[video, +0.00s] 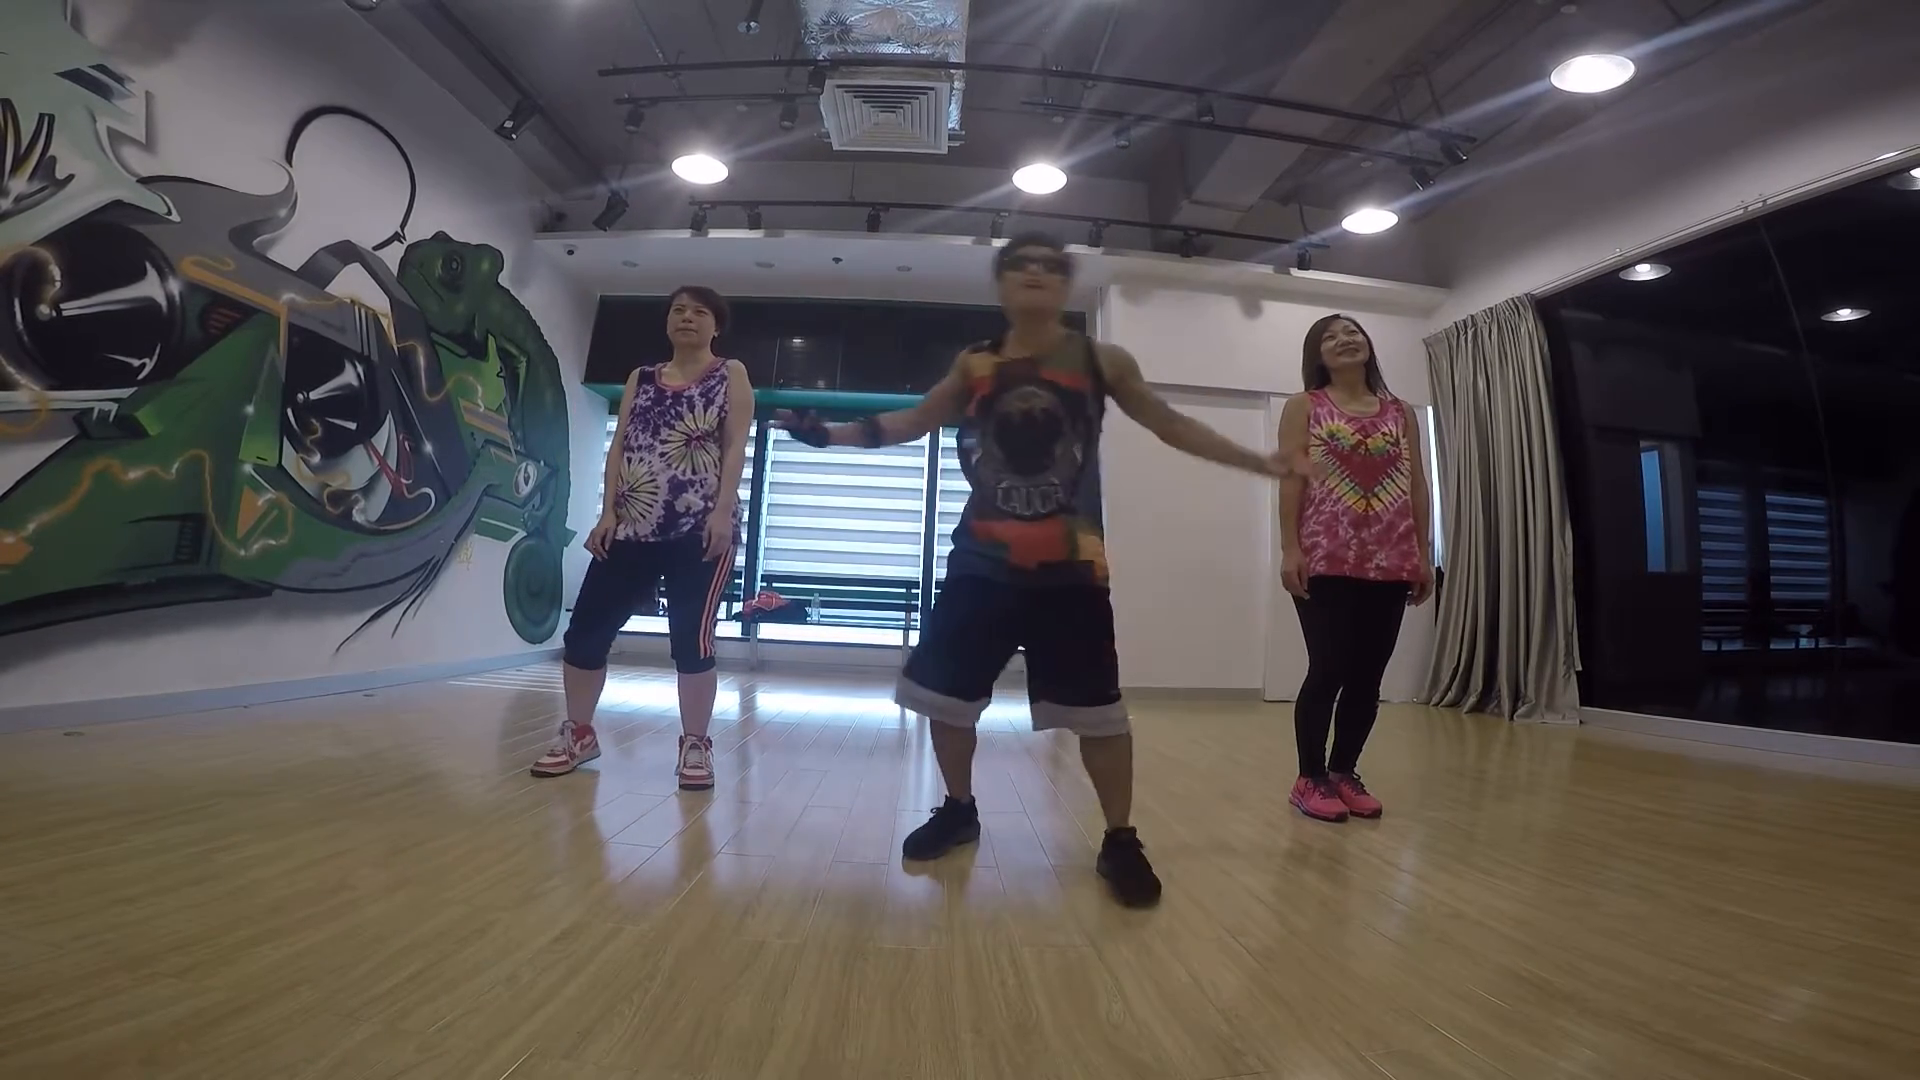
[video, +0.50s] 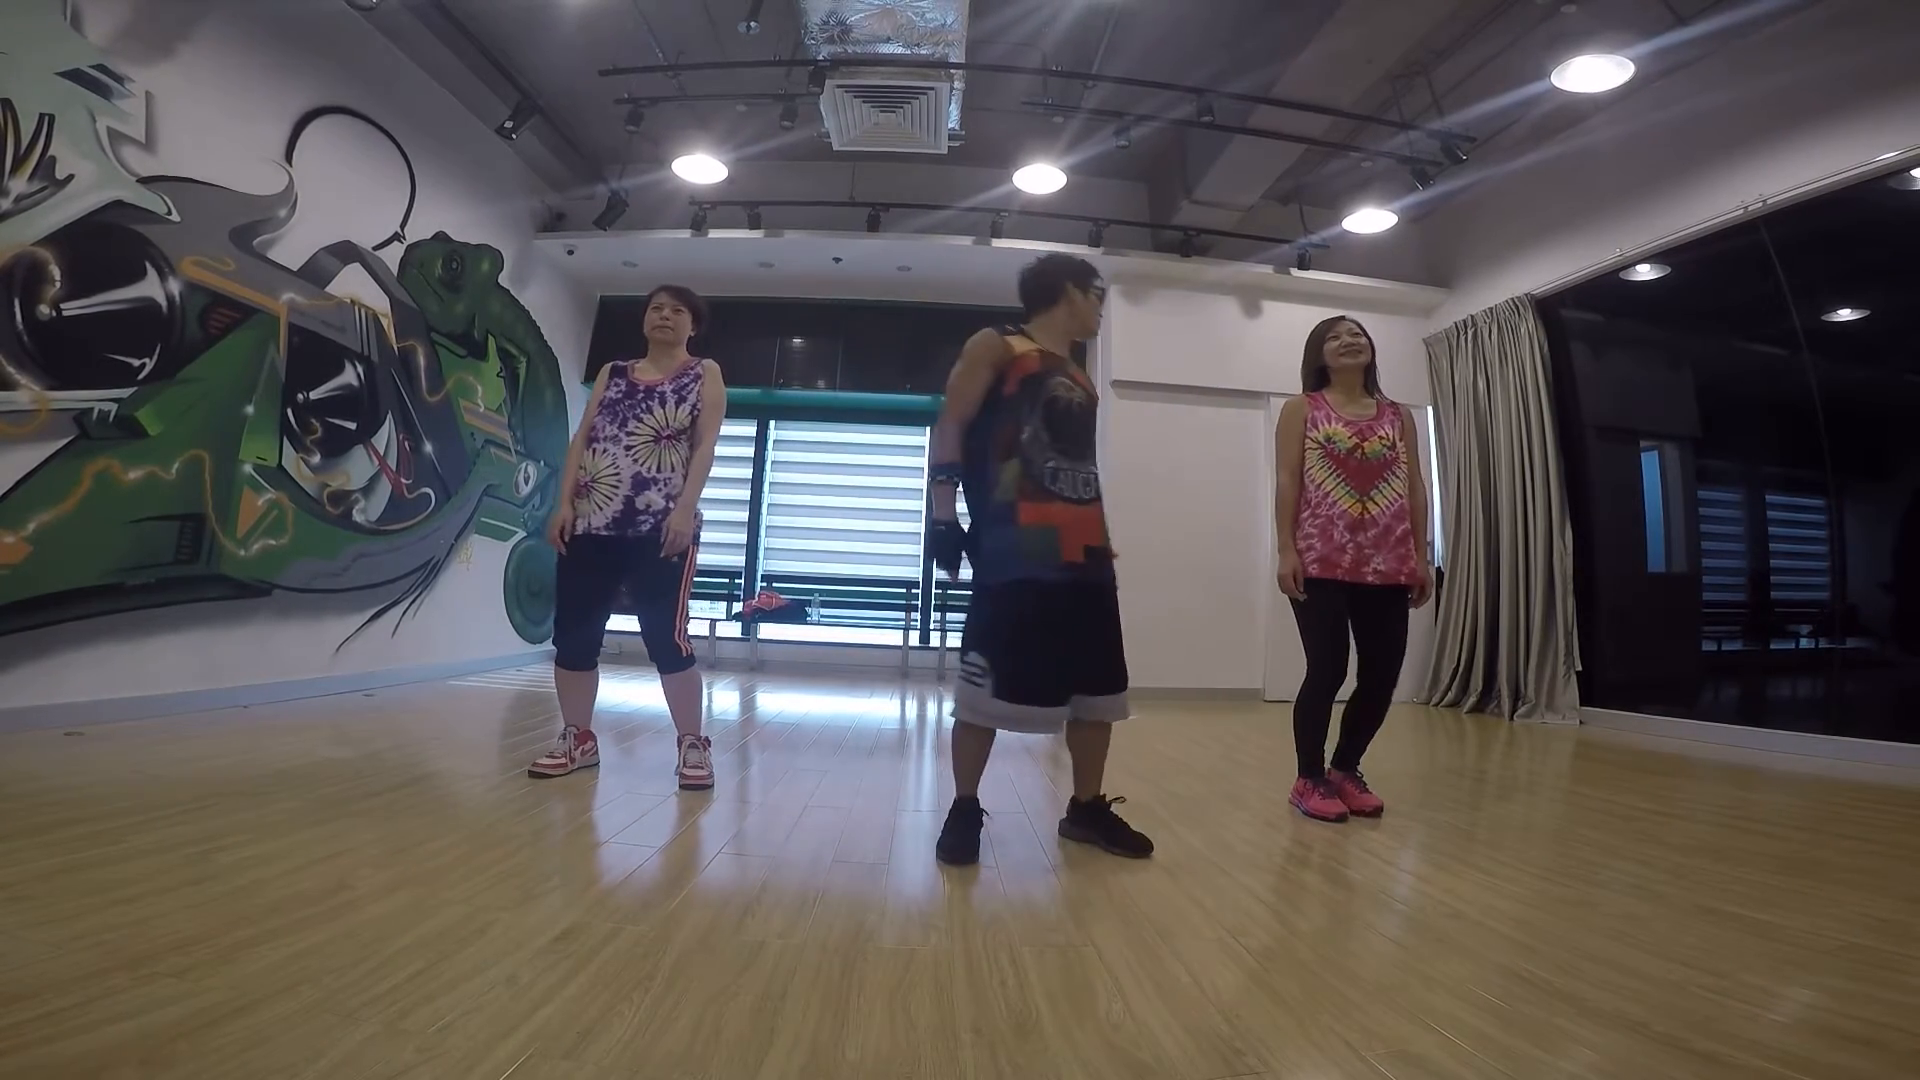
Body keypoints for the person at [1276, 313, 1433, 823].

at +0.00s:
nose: (1345, 338)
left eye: (1353, 332)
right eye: (1331, 336)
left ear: (1370, 348)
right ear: (1317, 358)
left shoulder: (1398, 411)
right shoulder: (1304, 407)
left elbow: (1417, 486)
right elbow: (1293, 479)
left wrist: (1423, 555)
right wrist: (1291, 548)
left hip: (1389, 564)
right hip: (1325, 562)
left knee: (1366, 679)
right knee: (1326, 672)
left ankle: (1344, 774)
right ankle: (1310, 780)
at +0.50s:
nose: (1348, 340)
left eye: (1357, 334)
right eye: (1334, 337)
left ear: (1372, 351)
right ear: (1318, 357)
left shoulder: (1397, 414)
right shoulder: (1302, 409)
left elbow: (1415, 488)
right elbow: (1288, 482)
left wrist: (1421, 557)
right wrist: (1287, 549)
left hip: (1386, 566)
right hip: (1320, 564)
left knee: (1380, 677)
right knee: (1328, 671)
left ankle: (1345, 770)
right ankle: (1309, 780)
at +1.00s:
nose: (1369, 343)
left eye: (1378, 336)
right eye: (1355, 341)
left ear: (1395, 352)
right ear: (1343, 361)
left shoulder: (1421, 416)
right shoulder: (1328, 411)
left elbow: (1439, 490)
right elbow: (1314, 481)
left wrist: (1446, 556)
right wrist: (1313, 549)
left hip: (1409, 565)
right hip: (1344, 562)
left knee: (1397, 675)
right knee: (1343, 669)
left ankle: (1379, 771)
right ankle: (1312, 780)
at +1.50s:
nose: (1384, 354)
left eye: (1392, 346)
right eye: (1370, 350)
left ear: (1408, 360)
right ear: (1356, 368)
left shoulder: (1435, 424)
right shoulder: (1341, 417)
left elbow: (1452, 495)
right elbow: (1328, 486)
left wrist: (1458, 561)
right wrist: (1330, 554)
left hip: (1425, 570)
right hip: (1362, 568)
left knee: (1406, 679)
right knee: (1360, 672)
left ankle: (1381, 772)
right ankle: (1313, 780)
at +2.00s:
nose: (1394, 354)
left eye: (1402, 348)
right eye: (1382, 349)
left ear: (1415, 362)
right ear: (1364, 364)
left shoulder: (1435, 424)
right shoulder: (1343, 417)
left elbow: (1450, 495)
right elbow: (1330, 489)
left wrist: (1456, 559)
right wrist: (1329, 557)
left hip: (1422, 569)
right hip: (1359, 566)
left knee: (1404, 676)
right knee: (1356, 670)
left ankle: (1381, 771)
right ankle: (1316, 774)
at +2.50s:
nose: (1387, 350)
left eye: (1395, 343)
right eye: (1375, 345)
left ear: (1407, 359)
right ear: (1356, 361)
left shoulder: (1430, 421)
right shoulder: (1334, 413)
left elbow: (1445, 488)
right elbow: (1319, 483)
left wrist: (1448, 553)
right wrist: (1317, 549)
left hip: (1415, 565)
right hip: (1348, 562)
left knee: (1405, 674)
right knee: (1340, 669)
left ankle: (1381, 771)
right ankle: (1315, 775)